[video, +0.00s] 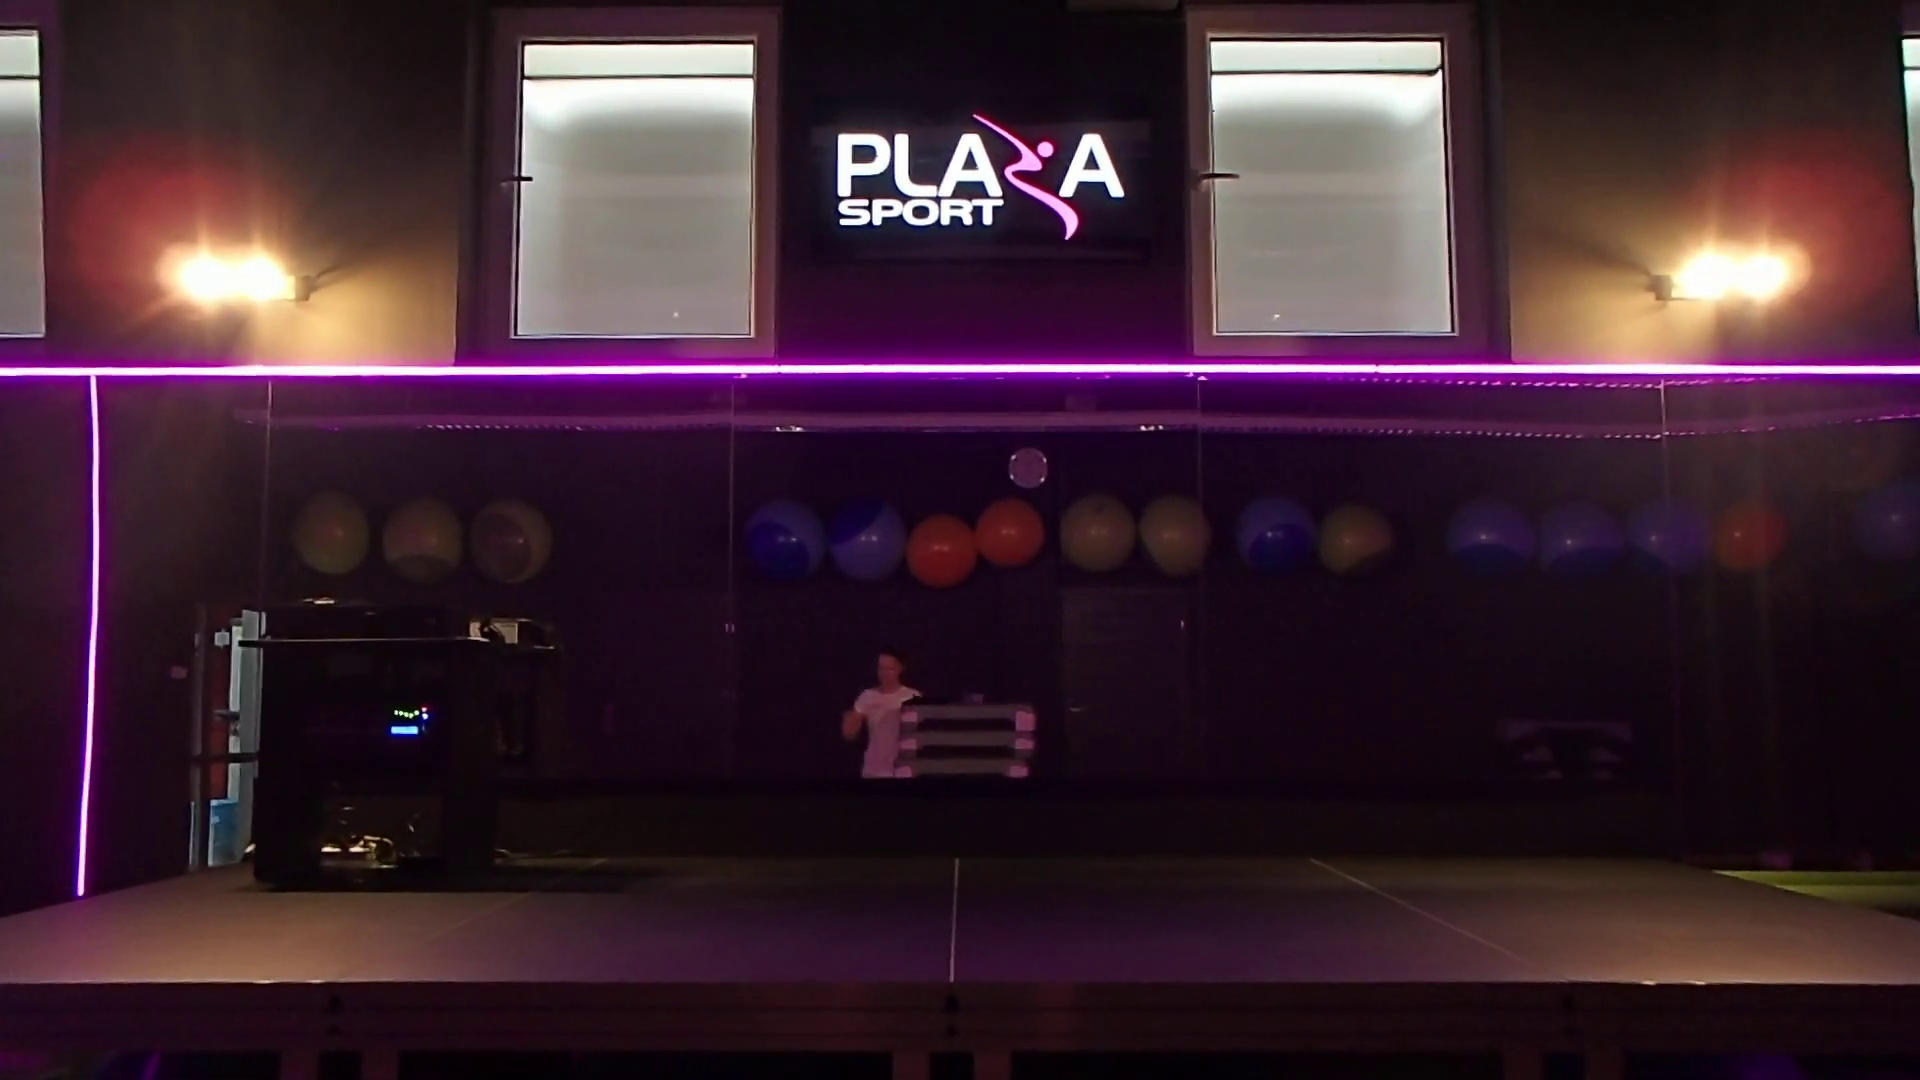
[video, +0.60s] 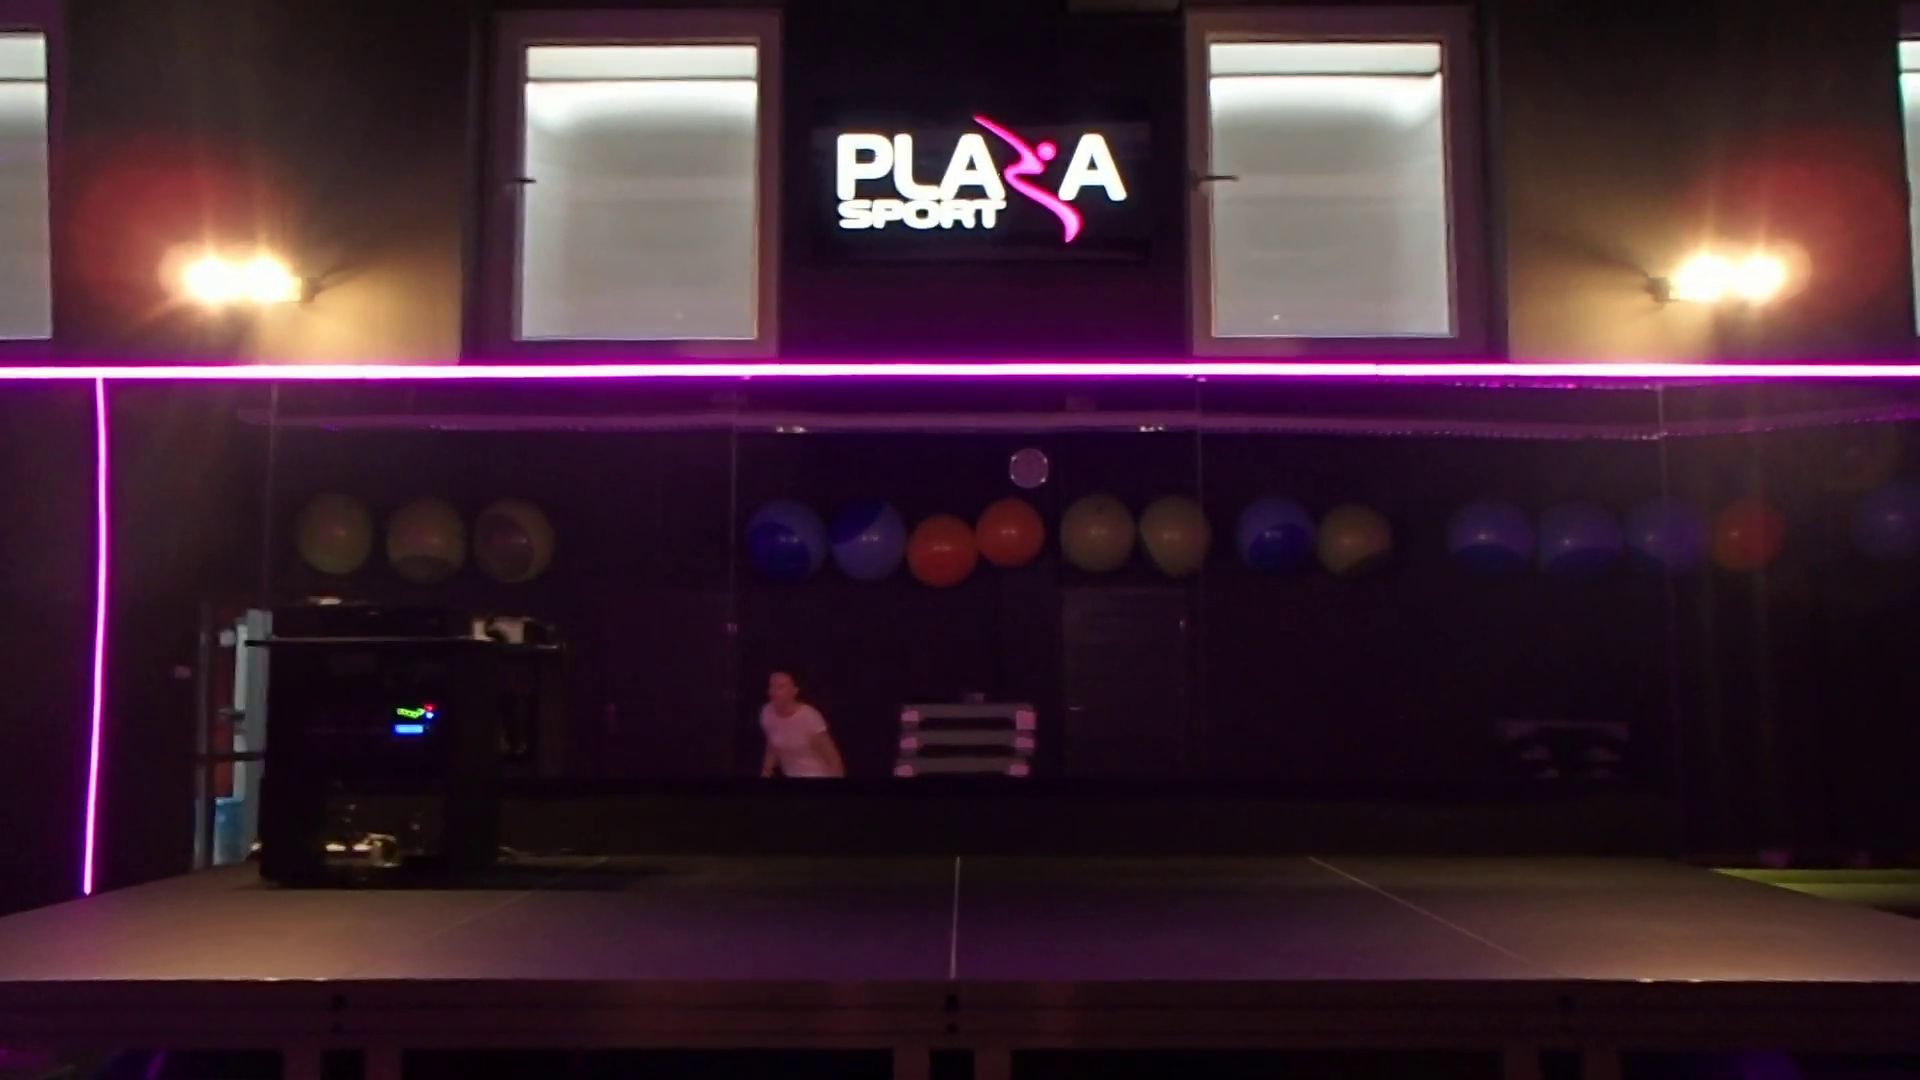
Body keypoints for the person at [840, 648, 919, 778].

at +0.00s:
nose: (884, 673)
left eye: (889, 669)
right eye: (881, 668)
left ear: (900, 669)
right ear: (877, 669)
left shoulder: (912, 697)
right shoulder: (867, 697)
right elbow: (850, 733)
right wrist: (850, 721)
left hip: (901, 769)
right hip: (873, 768)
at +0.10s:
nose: (866, 669)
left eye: (871, 664)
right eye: (863, 664)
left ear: (883, 664)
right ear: (859, 665)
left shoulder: (896, 691)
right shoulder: (851, 691)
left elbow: (907, 731)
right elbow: (843, 720)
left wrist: (904, 766)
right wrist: (836, 735)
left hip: (887, 769)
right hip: (859, 769)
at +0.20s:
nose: (852, 666)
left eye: (857, 661)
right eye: (848, 661)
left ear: (869, 660)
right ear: (844, 662)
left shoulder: (885, 685)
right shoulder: (841, 686)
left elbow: (896, 721)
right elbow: (837, 718)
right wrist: (829, 736)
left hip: (878, 765)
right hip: (851, 764)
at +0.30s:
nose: (835, 669)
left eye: (841, 663)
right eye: (832, 664)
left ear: (852, 662)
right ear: (828, 665)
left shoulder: (871, 688)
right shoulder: (826, 691)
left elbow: (882, 725)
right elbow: (827, 725)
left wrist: (889, 757)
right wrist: (820, 746)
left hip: (868, 767)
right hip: (842, 769)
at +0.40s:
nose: (815, 678)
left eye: (820, 672)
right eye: (811, 673)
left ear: (833, 671)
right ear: (808, 675)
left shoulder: (853, 696)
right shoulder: (808, 701)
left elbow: (867, 733)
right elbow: (809, 735)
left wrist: (875, 768)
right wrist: (806, 758)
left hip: (858, 771)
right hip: (829, 773)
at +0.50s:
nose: (796, 689)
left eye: (802, 683)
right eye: (793, 683)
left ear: (816, 685)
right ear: (789, 686)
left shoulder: (833, 709)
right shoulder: (789, 711)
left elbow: (852, 746)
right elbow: (793, 742)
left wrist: (861, 776)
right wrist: (790, 763)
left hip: (844, 777)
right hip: (815, 779)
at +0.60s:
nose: (774, 692)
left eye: (781, 687)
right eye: (772, 687)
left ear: (794, 690)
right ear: (769, 690)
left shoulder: (809, 716)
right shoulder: (768, 714)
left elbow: (831, 755)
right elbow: (772, 749)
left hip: (820, 781)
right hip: (791, 781)